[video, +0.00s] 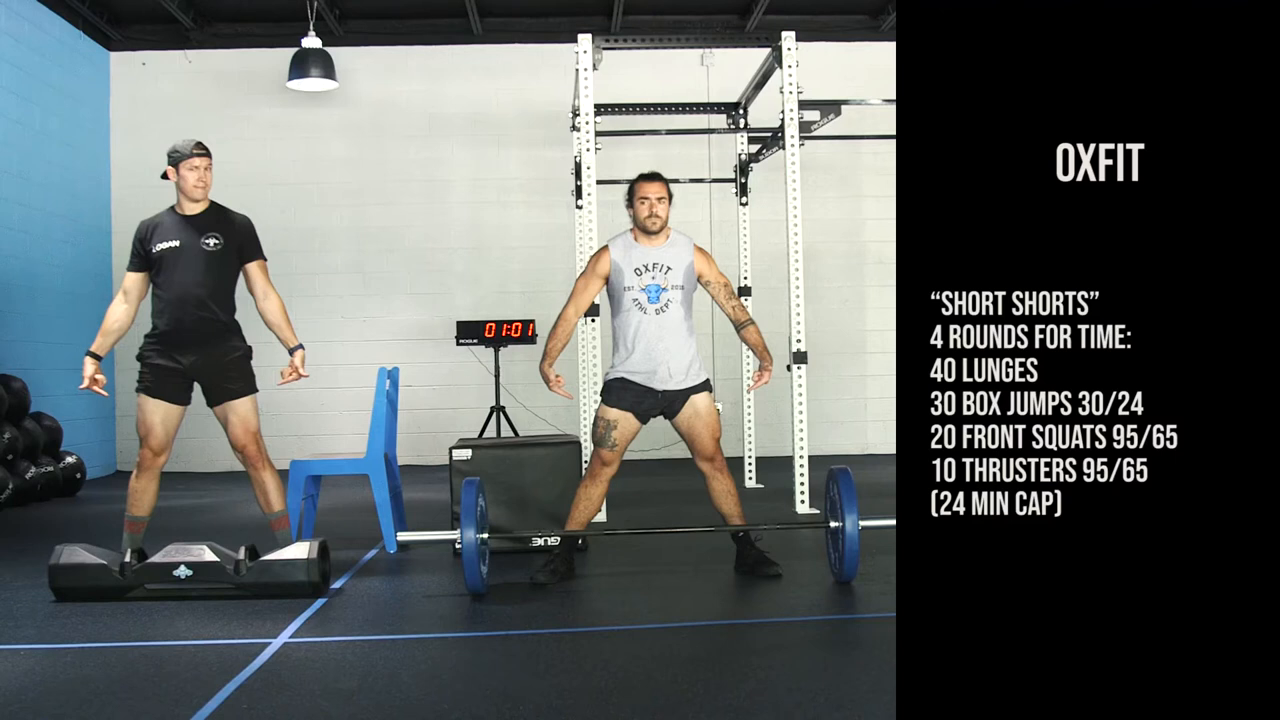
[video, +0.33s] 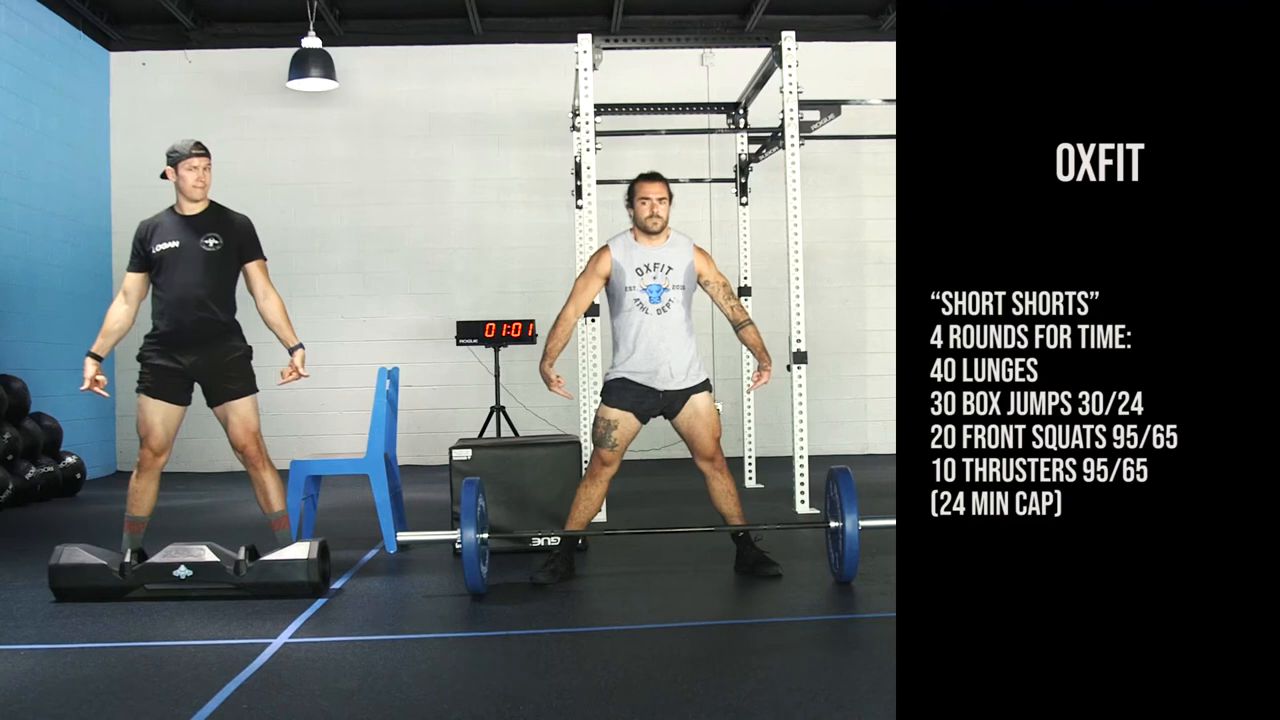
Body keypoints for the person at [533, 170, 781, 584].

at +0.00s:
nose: (653, 207)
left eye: (660, 200)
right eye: (644, 200)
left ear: (670, 206)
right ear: (631, 207)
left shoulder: (693, 256)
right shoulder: (609, 258)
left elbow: (734, 308)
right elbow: (572, 312)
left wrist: (764, 355)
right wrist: (547, 361)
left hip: (688, 381)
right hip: (629, 382)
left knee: (714, 460)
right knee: (602, 463)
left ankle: (747, 549)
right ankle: (565, 554)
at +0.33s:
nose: (653, 208)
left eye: (661, 200)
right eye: (644, 201)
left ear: (670, 206)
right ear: (631, 208)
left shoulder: (693, 256)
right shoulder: (610, 258)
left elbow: (733, 308)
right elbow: (572, 312)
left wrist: (762, 355)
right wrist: (547, 361)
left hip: (688, 381)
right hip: (629, 382)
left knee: (714, 460)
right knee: (602, 463)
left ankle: (747, 549)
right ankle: (565, 554)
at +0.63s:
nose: (653, 207)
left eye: (660, 200)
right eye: (644, 200)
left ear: (669, 206)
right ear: (630, 208)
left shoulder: (692, 256)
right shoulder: (609, 257)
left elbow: (734, 308)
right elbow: (569, 310)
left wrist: (765, 354)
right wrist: (543, 361)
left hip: (685, 381)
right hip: (625, 381)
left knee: (712, 461)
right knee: (598, 463)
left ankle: (747, 549)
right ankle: (565, 554)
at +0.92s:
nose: (616, 212)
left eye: (624, 204)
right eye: (614, 205)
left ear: (652, 206)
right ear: (617, 210)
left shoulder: (684, 255)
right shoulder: (614, 262)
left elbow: (729, 309)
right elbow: (596, 319)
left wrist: (734, 367)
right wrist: (567, 365)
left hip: (686, 385)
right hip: (632, 384)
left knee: (719, 459)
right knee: (594, 456)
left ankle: (758, 546)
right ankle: (575, 556)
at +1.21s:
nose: (613, 226)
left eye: (618, 216)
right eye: (612, 218)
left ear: (645, 214)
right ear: (638, 216)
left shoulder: (677, 260)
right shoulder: (637, 265)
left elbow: (700, 321)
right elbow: (650, 331)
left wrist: (670, 375)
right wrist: (628, 382)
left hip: (689, 388)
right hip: (639, 387)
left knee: (724, 465)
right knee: (597, 456)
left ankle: (769, 544)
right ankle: (578, 555)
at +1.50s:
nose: (626, 230)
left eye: (631, 221)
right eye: (626, 222)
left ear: (659, 219)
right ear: (654, 221)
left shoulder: (692, 268)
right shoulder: (643, 269)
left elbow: (705, 333)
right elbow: (649, 335)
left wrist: (670, 382)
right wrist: (626, 378)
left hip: (694, 390)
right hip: (644, 389)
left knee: (721, 475)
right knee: (597, 459)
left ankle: (768, 544)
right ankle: (577, 556)